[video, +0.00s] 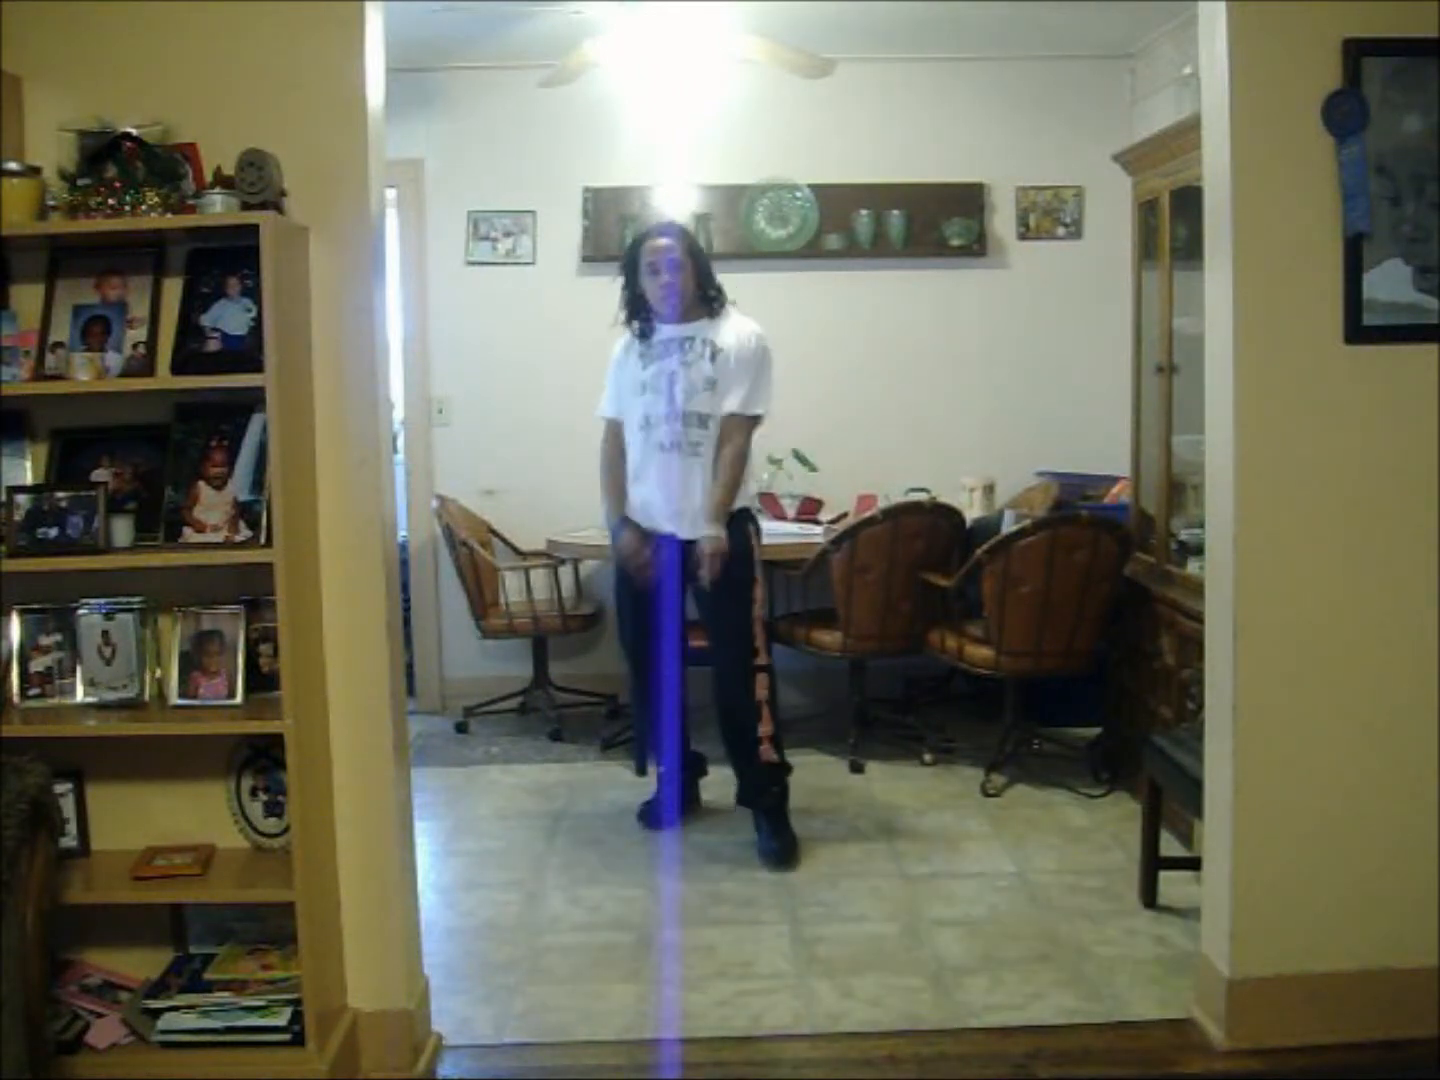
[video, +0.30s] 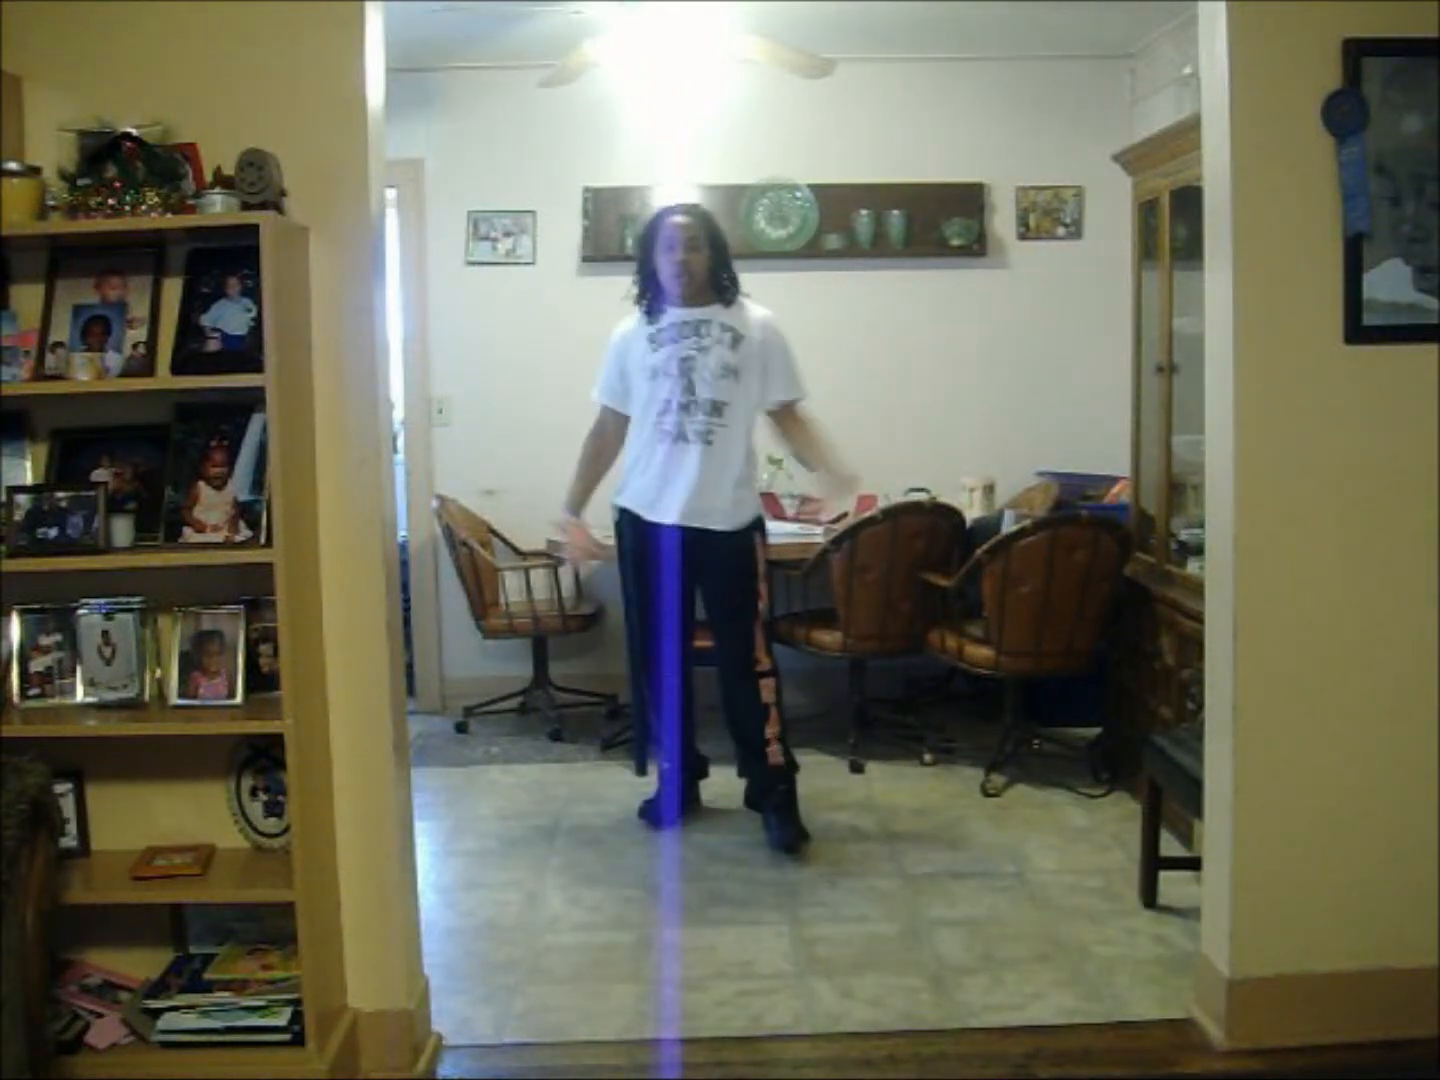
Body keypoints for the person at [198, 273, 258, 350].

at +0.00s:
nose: (233, 288)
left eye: (236, 285)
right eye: (230, 285)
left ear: (240, 287)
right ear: (226, 288)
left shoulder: (247, 303)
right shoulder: (222, 304)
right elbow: (205, 320)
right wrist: (210, 334)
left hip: (243, 338)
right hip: (225, 337)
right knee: (212, 340)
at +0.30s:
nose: (233, 288)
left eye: (236, 285)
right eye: (230, 285)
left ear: (240, 287)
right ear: (225, 288)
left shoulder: (247, 303)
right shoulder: (222, 304)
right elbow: (205, 320)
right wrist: (210, 335)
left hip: (243, 338)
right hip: (225, 337)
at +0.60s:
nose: (233, 288)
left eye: (235, 285)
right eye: (230, 285)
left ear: (240, 287)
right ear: (225, 287)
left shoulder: (247, 303)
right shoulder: (222, 304)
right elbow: (205, 320)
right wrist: (210, 335)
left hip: (244, 338)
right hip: (225, 337)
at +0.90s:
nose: (233, 288)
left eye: (235, 285)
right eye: (230, 285)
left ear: (240, 287)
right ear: (225, 288)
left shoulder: (247, 303)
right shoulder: (221, 304)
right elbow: (205, 320)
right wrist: (210, 335)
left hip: (243, 338)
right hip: (225, 338)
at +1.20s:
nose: (233, 288)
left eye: (235, 285)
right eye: (230, 285)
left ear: (240, 287)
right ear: (225, 287)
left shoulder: (247, 303)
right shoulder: (221, 304)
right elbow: (205, 320)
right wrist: (210, 335)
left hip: (244, 338)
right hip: (224, 338)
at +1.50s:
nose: (233, 288)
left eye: (236, 285)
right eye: (230, 285)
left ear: (240, 287)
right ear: (225, 287)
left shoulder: (247, 303)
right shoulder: (221, 304)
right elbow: (205, 320)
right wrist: (210, 335)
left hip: (243, 338)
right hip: (224, 338)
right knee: (212, 340)